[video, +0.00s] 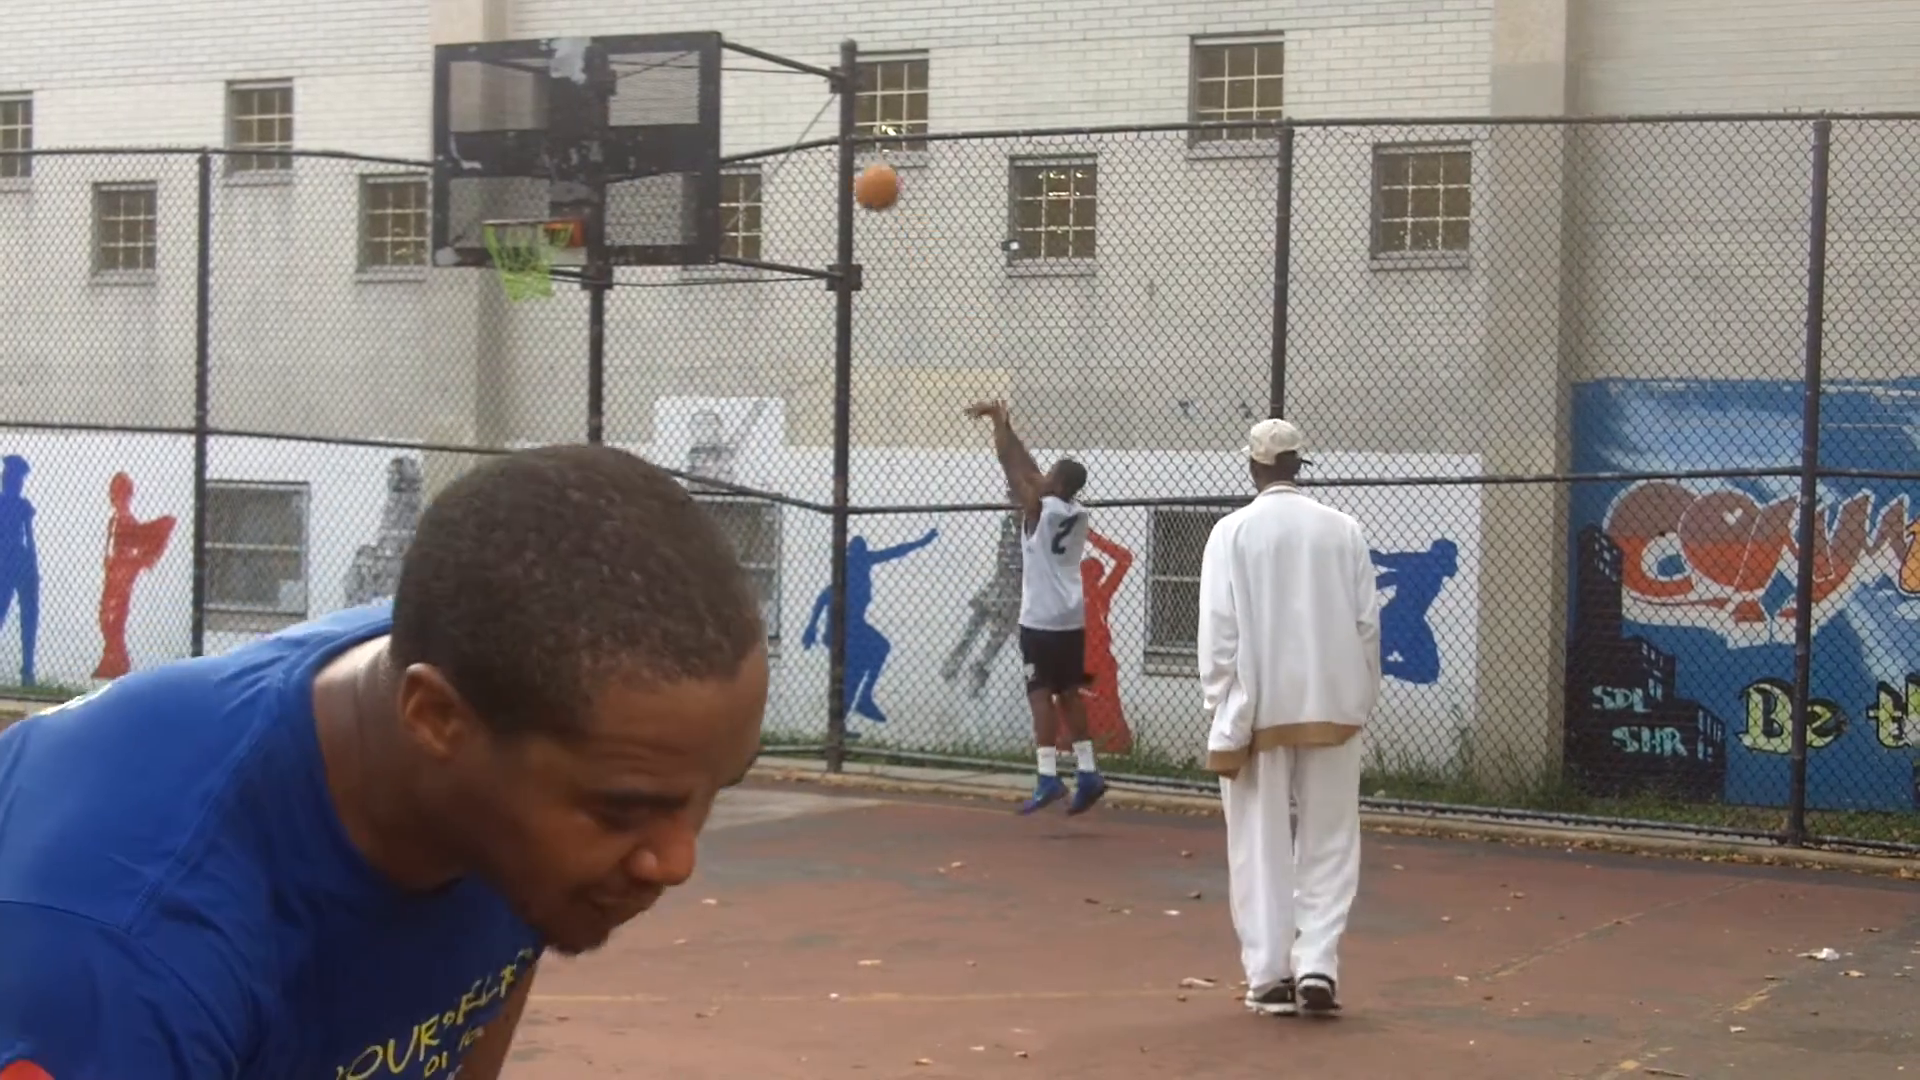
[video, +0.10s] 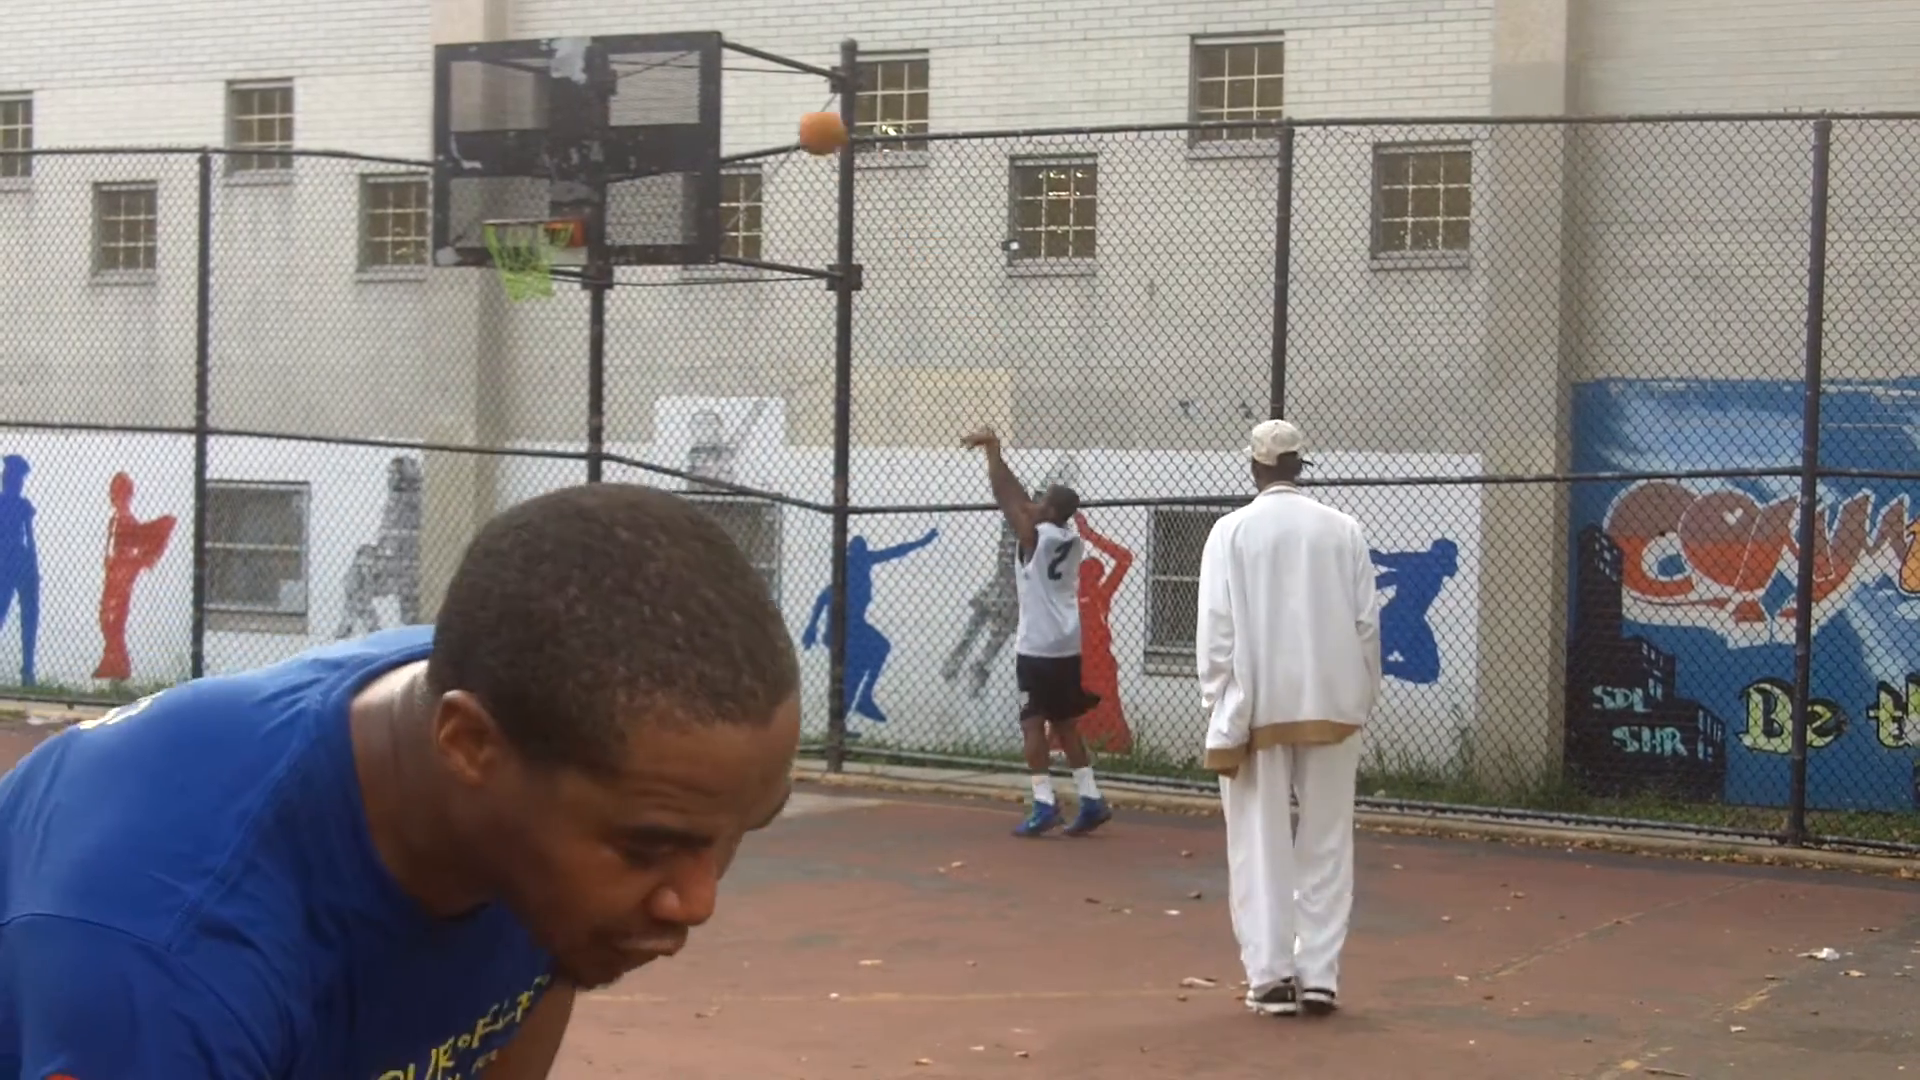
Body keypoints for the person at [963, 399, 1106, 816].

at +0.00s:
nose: (1044, 474)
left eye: (1050, 472)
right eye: (1050, 470)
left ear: (1057, 483)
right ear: (1073, 491)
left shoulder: (1036, 507)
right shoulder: (1078, 516)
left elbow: (1011, 464)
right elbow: (1030, 471)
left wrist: (998, 418)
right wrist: (1005, 424)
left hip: (1038, 617)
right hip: (1073, 617)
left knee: (1040, 695)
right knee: (1070, 693)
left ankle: (1047, 777)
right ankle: (1089, 772)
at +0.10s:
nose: (1036, 502)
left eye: (1043, 500)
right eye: (1041, 498)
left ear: (1054, 512)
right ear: (1064, 515)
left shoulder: (1033, 535)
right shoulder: (1071, 538)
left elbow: (1004, 498)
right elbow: (1023, 500)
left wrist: (991, 448)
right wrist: (996, 454)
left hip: (1036, 647)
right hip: (1068, 645)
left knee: (1032, 725)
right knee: (1064, 723)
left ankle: (1044, 803)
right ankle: (1092, 799)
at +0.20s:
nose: (1023, 528)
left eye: (1031, 522)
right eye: (1026, 522)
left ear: (1044, 531)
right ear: (1057, 534)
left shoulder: (1036, 563)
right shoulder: (1058, 566)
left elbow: (981, 544)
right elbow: (1012, 552)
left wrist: (992, 506)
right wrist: (1002, 513)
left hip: (1035, 671)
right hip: (1062, 670)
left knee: (1017, 743)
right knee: (1060, 744)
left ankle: (1046, 812)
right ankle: (1094, 807)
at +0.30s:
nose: (1023, 520)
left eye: (1030, 516)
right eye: (1026, 515)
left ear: (1040, 526)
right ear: (1049, 528)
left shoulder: (1023, 561)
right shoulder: (1054, 561)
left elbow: (993, 604)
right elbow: (1028, 603)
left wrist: (984, 574)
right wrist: (1003, 575)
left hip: (1027, 667)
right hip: (1052, 666)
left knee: (1019, 736)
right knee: (1041, 736)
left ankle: (1047, 810)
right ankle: (1084, 793)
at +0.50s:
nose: (998, 518)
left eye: (1004, 515)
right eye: (1002, 513)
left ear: (1012, 526)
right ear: (1022, 529)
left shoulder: (1002, 565)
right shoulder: (1029, 561)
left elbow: (1031, 608)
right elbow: (1060, 599)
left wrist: (1022, 656)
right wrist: (1077, 634)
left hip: (1014, 670)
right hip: (1023, 669)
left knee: (1016, 737)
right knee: (999, 731)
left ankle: (1045, 809)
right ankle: (1046, 797)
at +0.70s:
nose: (972, 516)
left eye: (978, 513)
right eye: (976, 511)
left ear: (987, 522)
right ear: (997, 526)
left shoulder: (978, 561)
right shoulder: (1007, 558)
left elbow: (997, 612)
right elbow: (1037, 603)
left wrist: (976, 658)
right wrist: (1050, 647)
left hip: (999, 663)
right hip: (1007, 661)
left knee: (1013, 732)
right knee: (968, 718)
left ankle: (1042, 806)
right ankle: (995, 794)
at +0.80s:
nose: (958, 525)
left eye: (964, 521)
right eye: (962, 519)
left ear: (974, 530)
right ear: (982, 533)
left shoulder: (965, 569)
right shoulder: (994, 565)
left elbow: (966, 625)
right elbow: (1010, 619)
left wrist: (936, 662)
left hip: (984, 672)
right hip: (1000, 669)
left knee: (1007, 736)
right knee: (954, 722)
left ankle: (1040, 806)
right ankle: (986, 796)